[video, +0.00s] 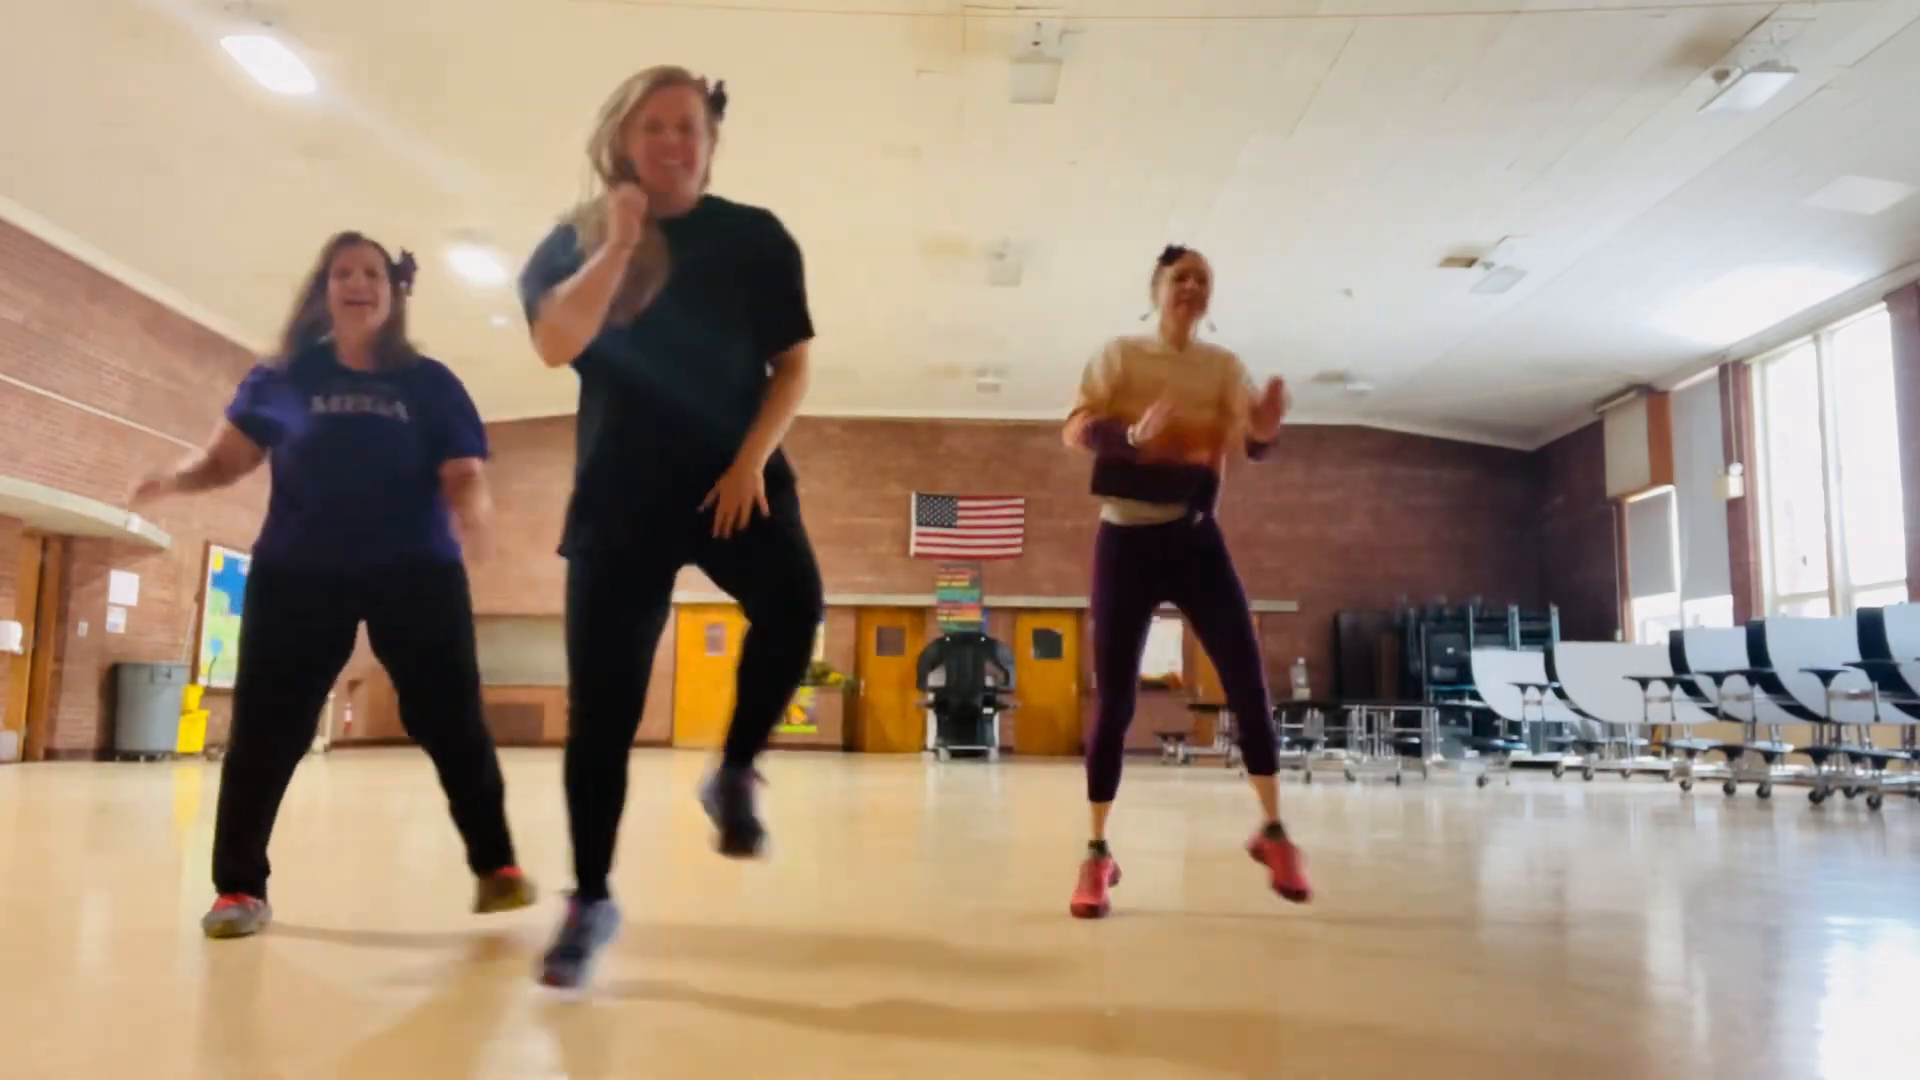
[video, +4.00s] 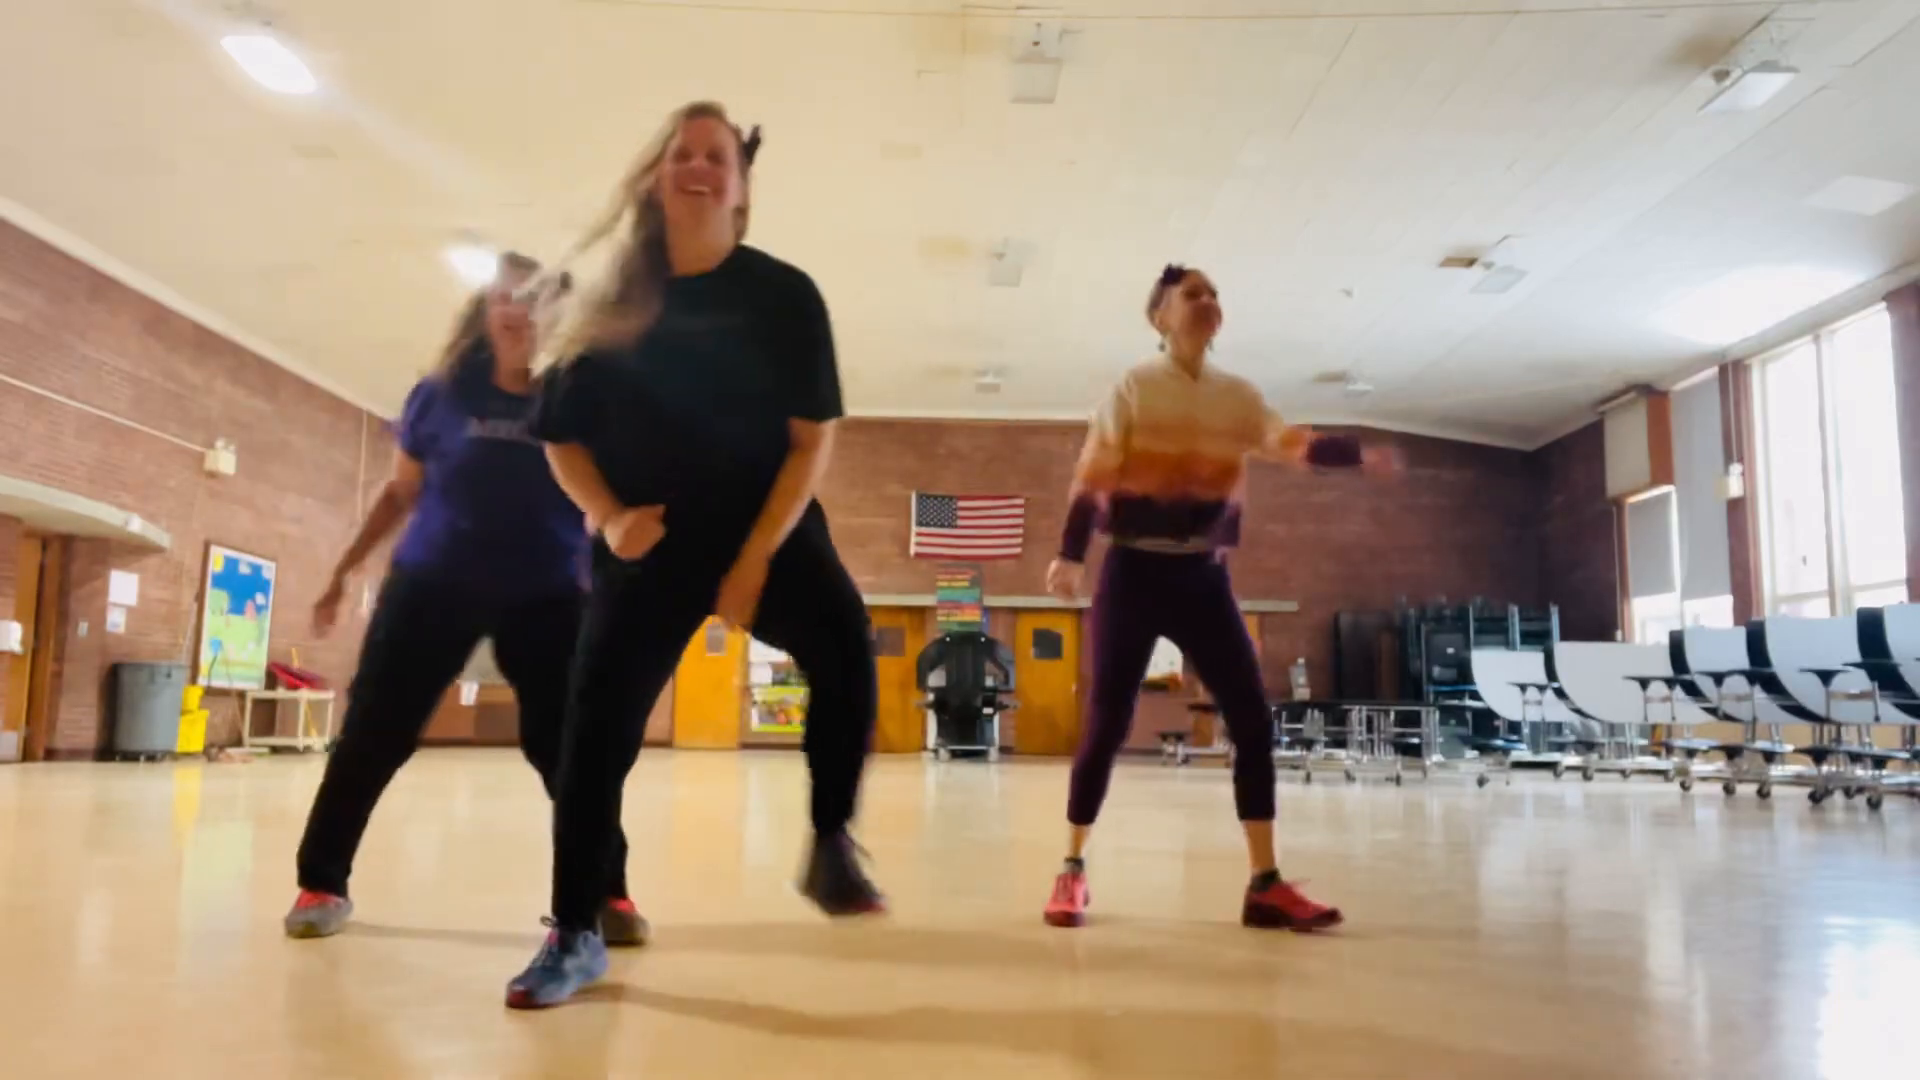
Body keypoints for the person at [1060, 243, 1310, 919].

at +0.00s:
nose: (1190, 289)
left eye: (1200, 281)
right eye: (1180, 279)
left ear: (1209, 296)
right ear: (1156, 290)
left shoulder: (1224, 367)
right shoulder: (1120, 356)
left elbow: (1247, 451)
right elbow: (1077, 433)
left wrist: (1264, 430)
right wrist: (1130, 433)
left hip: (1196, 541)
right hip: (1125, 541)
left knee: (1248, 685)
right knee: (1115, 701)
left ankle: (1273, 830)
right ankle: (1096, 850)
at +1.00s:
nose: (1449, 324)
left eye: (1460, 315)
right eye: (1438, 314)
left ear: (1474, 328)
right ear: (1417, 325)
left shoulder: (1502, 403)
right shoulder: (1382, 407)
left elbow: (1547, 485)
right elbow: (1348, 492)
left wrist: (1541, 479)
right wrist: (1364, 535)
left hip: (1485, 577)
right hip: (1411, 581)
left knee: (1533, 695)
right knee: (1431, 732)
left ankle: (1503, 842)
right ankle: (1449, 875)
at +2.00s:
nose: (1494, 288)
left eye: (1505, 277)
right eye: (1480, 279)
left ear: (1523, 283)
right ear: (1460, 288)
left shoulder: (1563, 358)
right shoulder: (1435, 371)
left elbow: (1598, 452)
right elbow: (1390, 460)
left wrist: (1582, 452)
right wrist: (1415, 460)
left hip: (1536, 543)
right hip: (1454, 545)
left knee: (1556, 704)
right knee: (1443, 692)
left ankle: (1568, 872)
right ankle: (1439, 837)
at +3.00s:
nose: (1222, 318)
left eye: (1232, 307)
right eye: (1210, 307)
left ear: (1247, 314)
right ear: (1190, 313)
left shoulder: (1268, 395)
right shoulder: (1156, 394)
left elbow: (1300, 476)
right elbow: (1104, 465)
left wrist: (1296, 415)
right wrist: (1116, 507)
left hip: (1240, 570)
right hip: (1168, 566)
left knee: (1251, 721)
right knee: (1142, 706)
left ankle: (1248, 873)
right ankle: (1098, 844)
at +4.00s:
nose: (1207, 301)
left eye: (1212, 294)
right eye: (1191, 294)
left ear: (1219, 315)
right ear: (1159, 315)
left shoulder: (1238, 398)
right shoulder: (1134, 389)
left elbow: (1292, 446)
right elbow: (1092, 478)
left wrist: (1358, 454)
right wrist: (1070, 554)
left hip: (1200, 577)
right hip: (1130, 574)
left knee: (1252, 722)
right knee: (1106, 723)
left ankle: (1264, 882)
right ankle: (1072, 869)